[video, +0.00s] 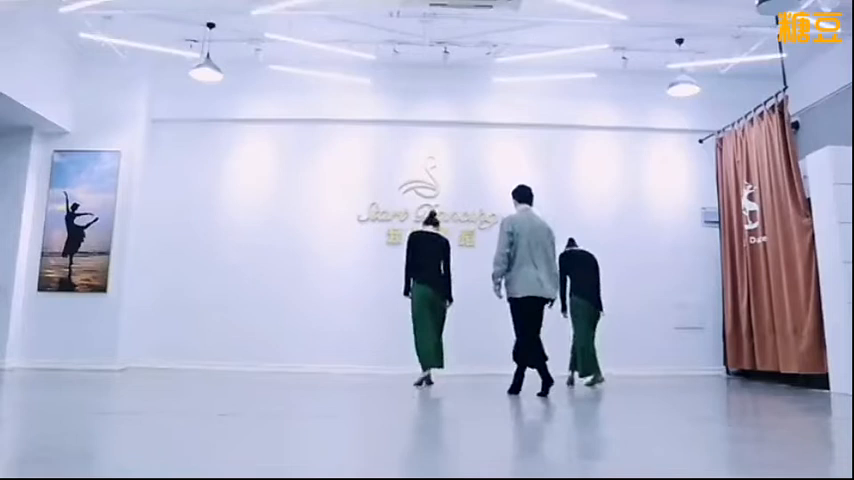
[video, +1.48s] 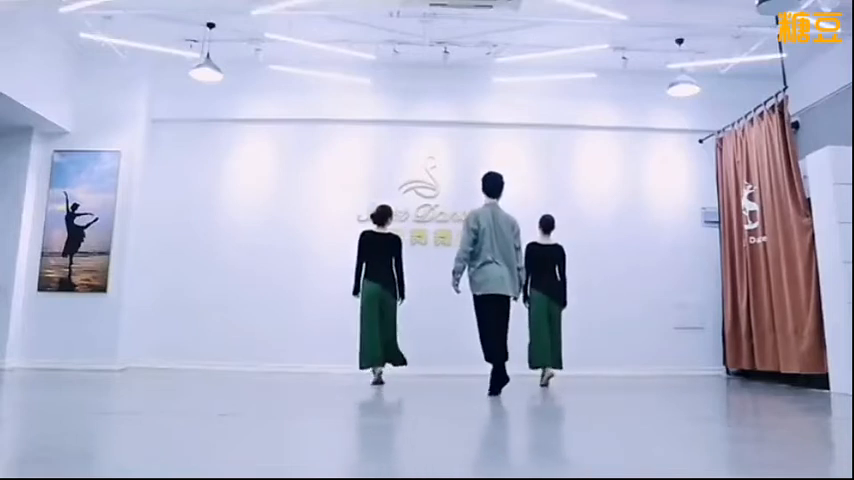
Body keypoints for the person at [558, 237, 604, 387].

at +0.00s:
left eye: (566, 248)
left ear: (566, 247)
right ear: (577, 245)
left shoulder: (565, 256)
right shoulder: (590, 256)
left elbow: (563, 282)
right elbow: (596, 284)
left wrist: (563, 305)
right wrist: (599, 305)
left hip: (577, 299)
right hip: (593, 301)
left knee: (582, 336)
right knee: (581, 336)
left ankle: (596, 372)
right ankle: (572, 371)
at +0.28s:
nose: (561, 236)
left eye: (561, 234)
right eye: (563, 234)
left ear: (562, 233)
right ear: (575, 234)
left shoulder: (560, 247)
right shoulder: (583, 249)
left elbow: (555, 272)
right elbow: (590, 275)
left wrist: (554, 293)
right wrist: (591, 297)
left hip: (567, 289)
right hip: (584, 290)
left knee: (572, 327)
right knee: (580, 328)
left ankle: (581, 367)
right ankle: (573, 368)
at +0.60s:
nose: (556, 230)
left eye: (556, 227)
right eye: (560, 227)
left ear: (556, 228)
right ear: (570, 229)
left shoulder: (552, 248)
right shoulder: (576, 249)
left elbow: (547, 273)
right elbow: (581, 277)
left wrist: (546, 293)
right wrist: (583, 298)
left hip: (558, 292)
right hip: (573, 293)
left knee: (561, 331)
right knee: (573, 330)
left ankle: (565, 368)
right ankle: (574, 365)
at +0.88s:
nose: (552, 230)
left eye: (551, 227)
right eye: (557, 227)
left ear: (550, 227)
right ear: (565, 229)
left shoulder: (545, 248)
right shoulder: (570, 250)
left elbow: (541, 274)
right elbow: (574, 277)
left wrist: (540, 294)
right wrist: (576, 298)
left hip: (550, 294)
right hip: (567, 294)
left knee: (556, 330)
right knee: (564, 331)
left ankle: (564, 367)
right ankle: (559, 369)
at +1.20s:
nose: (548, 230)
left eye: (546, 227)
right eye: (551, 227)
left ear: (543, 228)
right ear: (557, 229)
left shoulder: (536, 248)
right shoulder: (562, 249)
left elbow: (532, 273)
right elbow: (567, 275)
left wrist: (530, 293)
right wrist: (568, 296)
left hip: (542, 292)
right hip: (559, 293)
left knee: (546, 331)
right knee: (558, 330)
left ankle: (552, 369)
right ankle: (555, 368)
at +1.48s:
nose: (543, 229)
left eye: (541, 226)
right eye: (547, 226)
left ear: (539, 227)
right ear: (553, 228)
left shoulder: (531, 247)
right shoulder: (558, 249)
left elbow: (527, 272)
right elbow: (562, 275)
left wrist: (525, 292)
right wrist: (564, 296)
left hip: (537, 291)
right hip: (554, 292)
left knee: (540, 329)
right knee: (552, 330)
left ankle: (546, 366)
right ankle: (547, 367)